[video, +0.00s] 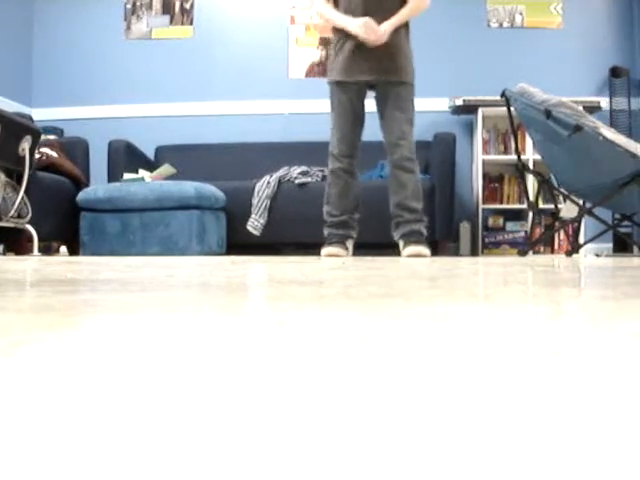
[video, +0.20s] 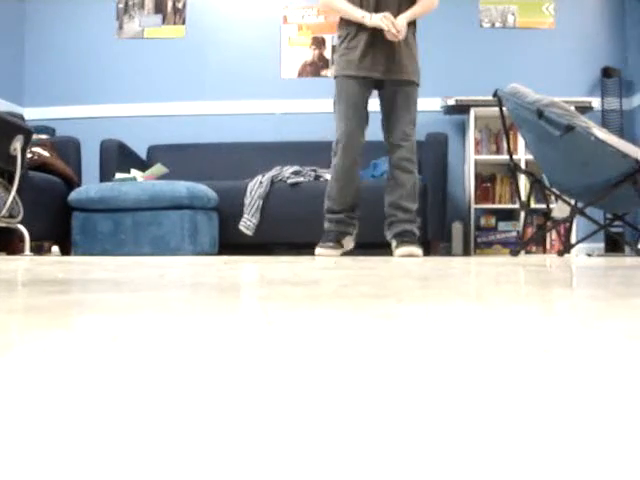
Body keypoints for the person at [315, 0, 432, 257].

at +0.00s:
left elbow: (422, 2)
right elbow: (321, 7)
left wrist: (387, 26)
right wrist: (353, 24)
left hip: (395, 56)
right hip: (346, 57)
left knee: (402, 152)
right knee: (342, 154)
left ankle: (412, 237)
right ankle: (337, 238)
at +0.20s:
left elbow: (432, 1)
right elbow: (328, 3)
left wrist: (404, 17)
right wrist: (369, 18)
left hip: (402, 48)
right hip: (354, 48)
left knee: (403, 143)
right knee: (347, 139)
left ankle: (404, 234)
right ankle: (338, 229)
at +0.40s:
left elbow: (434, 5)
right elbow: (346, 1)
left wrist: (415, 21)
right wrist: (378, 13)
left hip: (404, 46)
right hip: (359, 42)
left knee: (403, 142)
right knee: (361, 135)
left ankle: (405, 235)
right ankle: (367, 235)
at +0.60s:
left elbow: (432, 4)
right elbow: (343, 2)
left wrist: (417, 20)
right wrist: (372, 11)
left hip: (401, 44)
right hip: (354, 39)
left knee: (401, 141)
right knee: (349, 130)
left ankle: (403, 234)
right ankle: (335, 230)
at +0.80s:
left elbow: (421, 2)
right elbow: (328, 3)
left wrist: (405, 18)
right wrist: (358, 13)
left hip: (391, 45)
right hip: (342, 44)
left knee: (396, 144)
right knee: (327, 137)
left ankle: (403, 237)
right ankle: (307, 234)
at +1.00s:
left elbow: (393, 2)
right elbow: (289, 3)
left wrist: (372, 15)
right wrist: (314, 12)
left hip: (362, 44)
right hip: (312, 44)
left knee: (377, 146)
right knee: (304, 145)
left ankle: (397, 234)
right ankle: (301, 235)